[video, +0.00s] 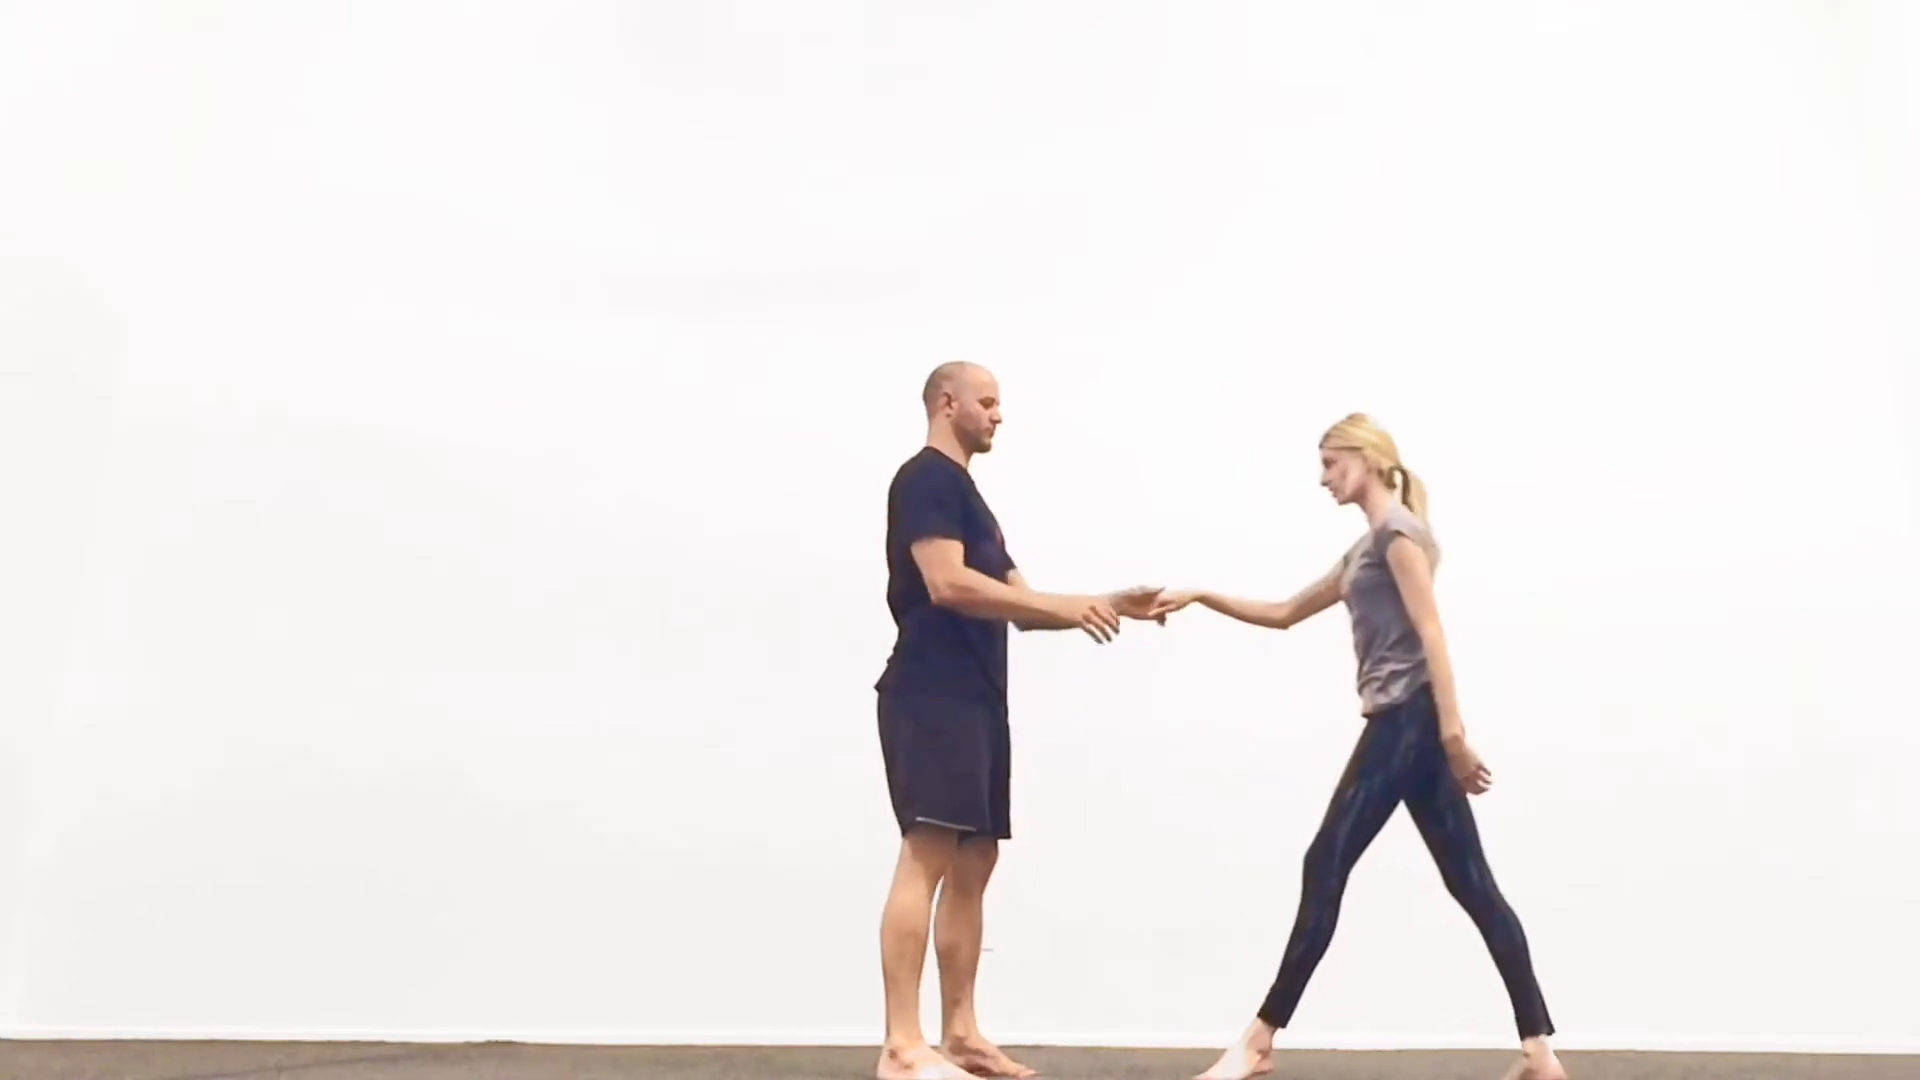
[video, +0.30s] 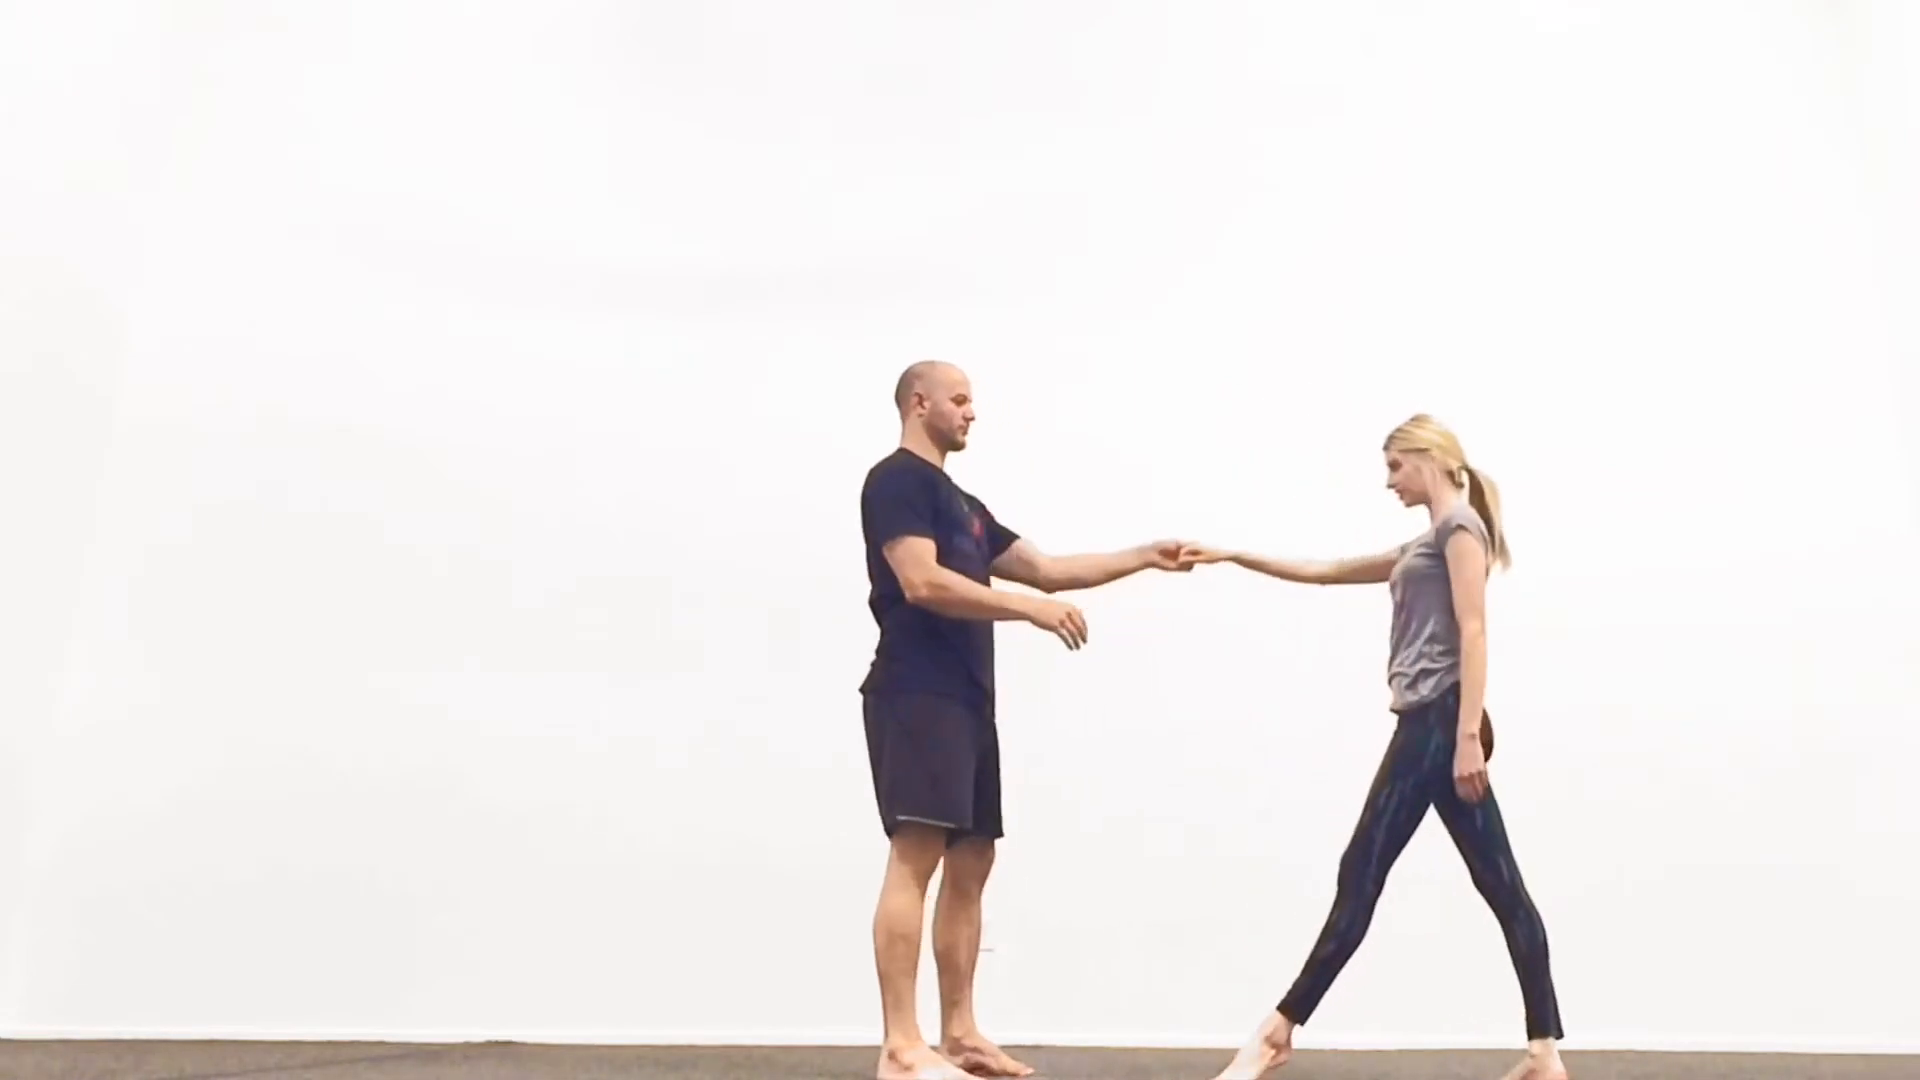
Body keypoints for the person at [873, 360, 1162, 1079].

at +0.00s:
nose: (998, 416)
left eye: (998, 404)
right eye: (987, 403)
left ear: (956, 404)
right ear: (945, 404)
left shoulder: (963, 492)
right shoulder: (924, 477)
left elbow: (1020, 604)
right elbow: (947, 585)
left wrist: (1112, 605)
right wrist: (1057, 612)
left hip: (975, 701)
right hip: (932, 698)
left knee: (973, 862)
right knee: (926, 857)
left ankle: (962, 1035)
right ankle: (901, 1046)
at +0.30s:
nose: (971, 412)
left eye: (971, 402)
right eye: (959, 399)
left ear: (945, 410)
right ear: (916, 405)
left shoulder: (960, 501)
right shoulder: (898, 478)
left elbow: (1044, 570)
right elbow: (921, 581)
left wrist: (1145, 555)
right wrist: (1029, 606)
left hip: (968, 701)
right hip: (914, 696)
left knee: (971, 860)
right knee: (915, 858)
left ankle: (960, 1034)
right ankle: (900, 1047)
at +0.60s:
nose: (988, 421)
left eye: (988, 410)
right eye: (975, 409)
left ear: (958, 415)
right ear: (933, 413)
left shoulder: (985, 509)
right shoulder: (896, 487)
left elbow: (1040, 591)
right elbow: (893, 590)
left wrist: (1112, 561)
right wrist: (995, 616)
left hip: (970, 706)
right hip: (910, 701)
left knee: (973, 868)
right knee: (911, 860)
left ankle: (959, 1037)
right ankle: (900, 1046)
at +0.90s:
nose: (1045, 435)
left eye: (1047, 425)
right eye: (1034, 423)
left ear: (1025, 434)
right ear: (992, 427)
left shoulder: (1029, 525)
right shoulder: (944, 500)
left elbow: (1047, 641)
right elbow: (930, 608)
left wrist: (1054, 579)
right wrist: (1018, 635)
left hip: (981, 707)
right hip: (917, 699)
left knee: (990, 864)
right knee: (909, 847)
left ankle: (963, 1038)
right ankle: (877, 1032)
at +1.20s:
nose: (1074, 492)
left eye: (1079, 481)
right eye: (1061, 478)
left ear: (1075, 492)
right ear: (1019, 480)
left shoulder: (1055, 583)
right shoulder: (967, 543)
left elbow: (1041, 677)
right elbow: (962, 648)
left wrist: (1044, 725)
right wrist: (1048, 640)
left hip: (963, 732)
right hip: (897, 714)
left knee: (1017, 873)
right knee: (851, 844)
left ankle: (968, 1039)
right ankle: (740, 998)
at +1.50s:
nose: (1032, 549)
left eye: (1042, 539)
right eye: (1020, 535)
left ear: (1049, 550)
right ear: (984, 532)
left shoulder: (1034, 646)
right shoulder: (927, 599)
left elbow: (1021, 746)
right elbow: (894, 717)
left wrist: (1057, 837)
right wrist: (953, 690)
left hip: (931, 774)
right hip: (854, 759)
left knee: (1024, 878)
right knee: (766, 857)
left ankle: (962, 1045)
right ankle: (631, 1003)